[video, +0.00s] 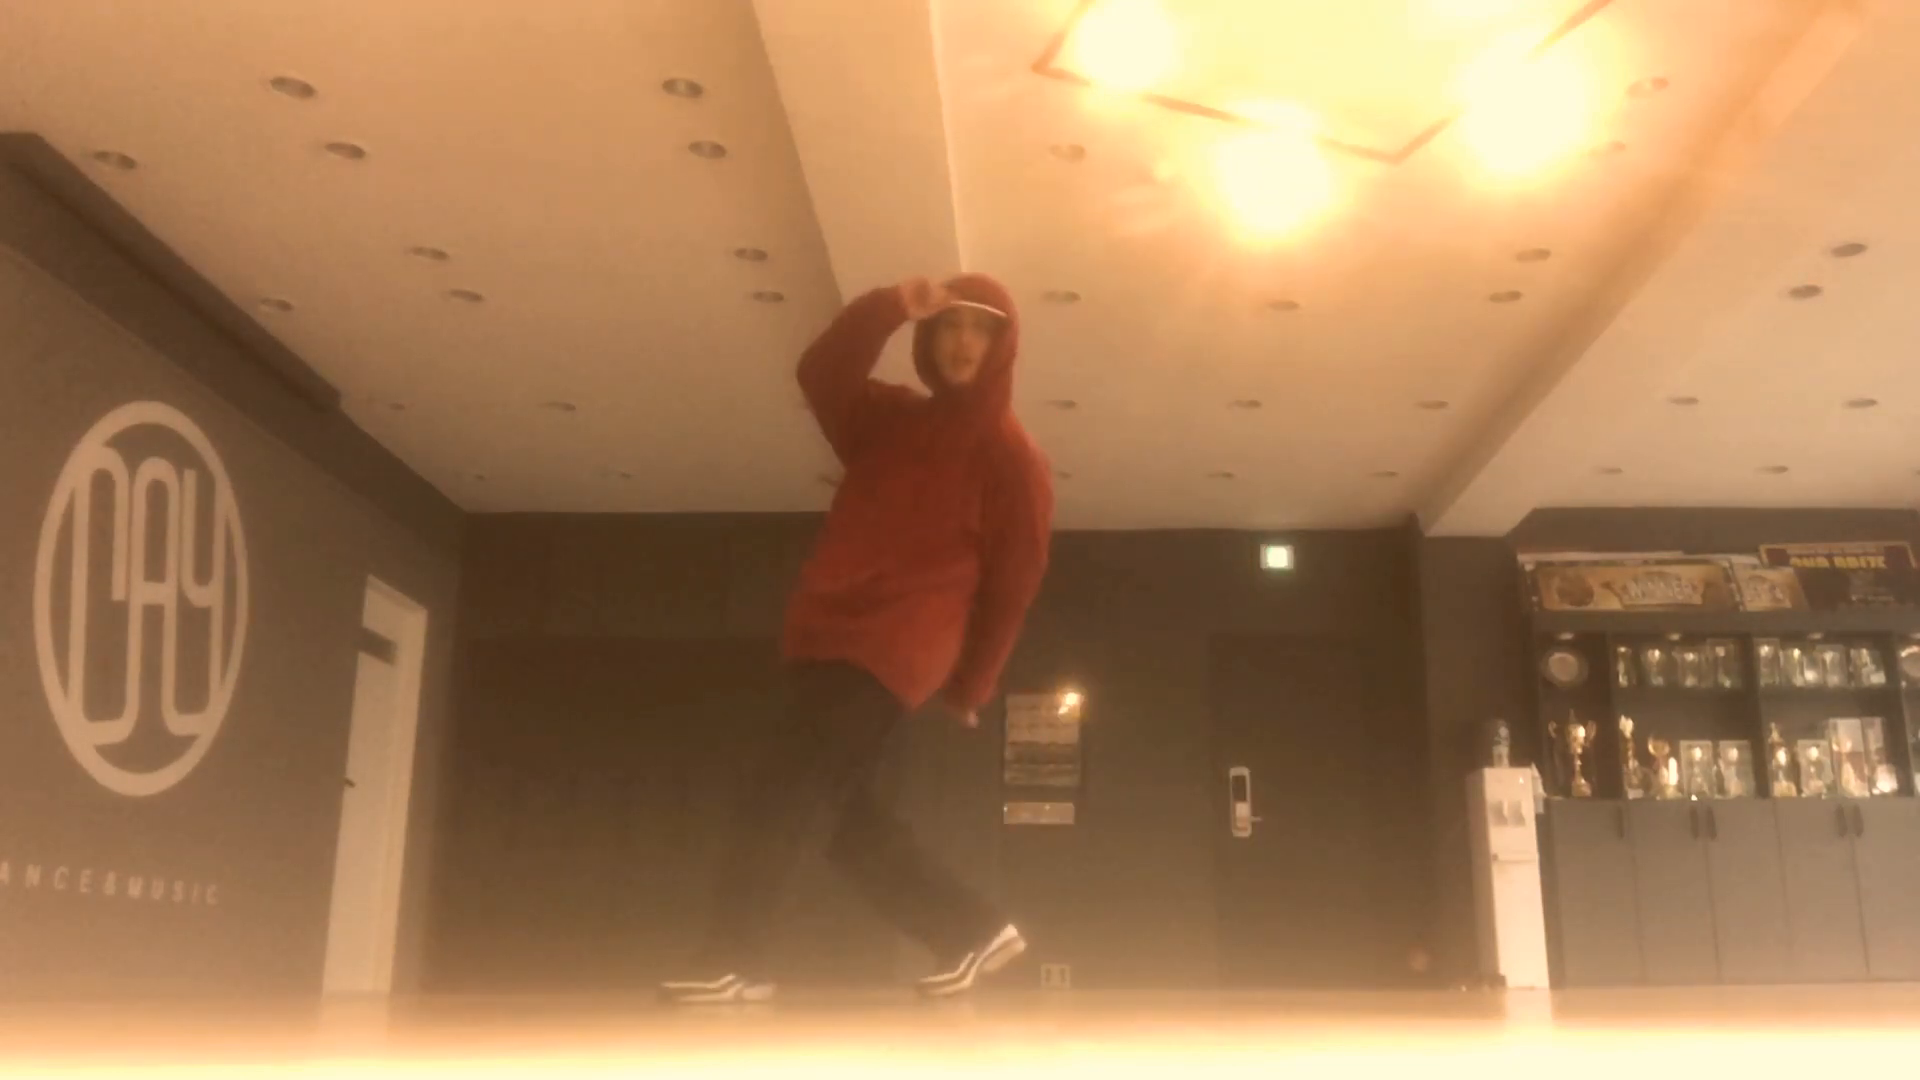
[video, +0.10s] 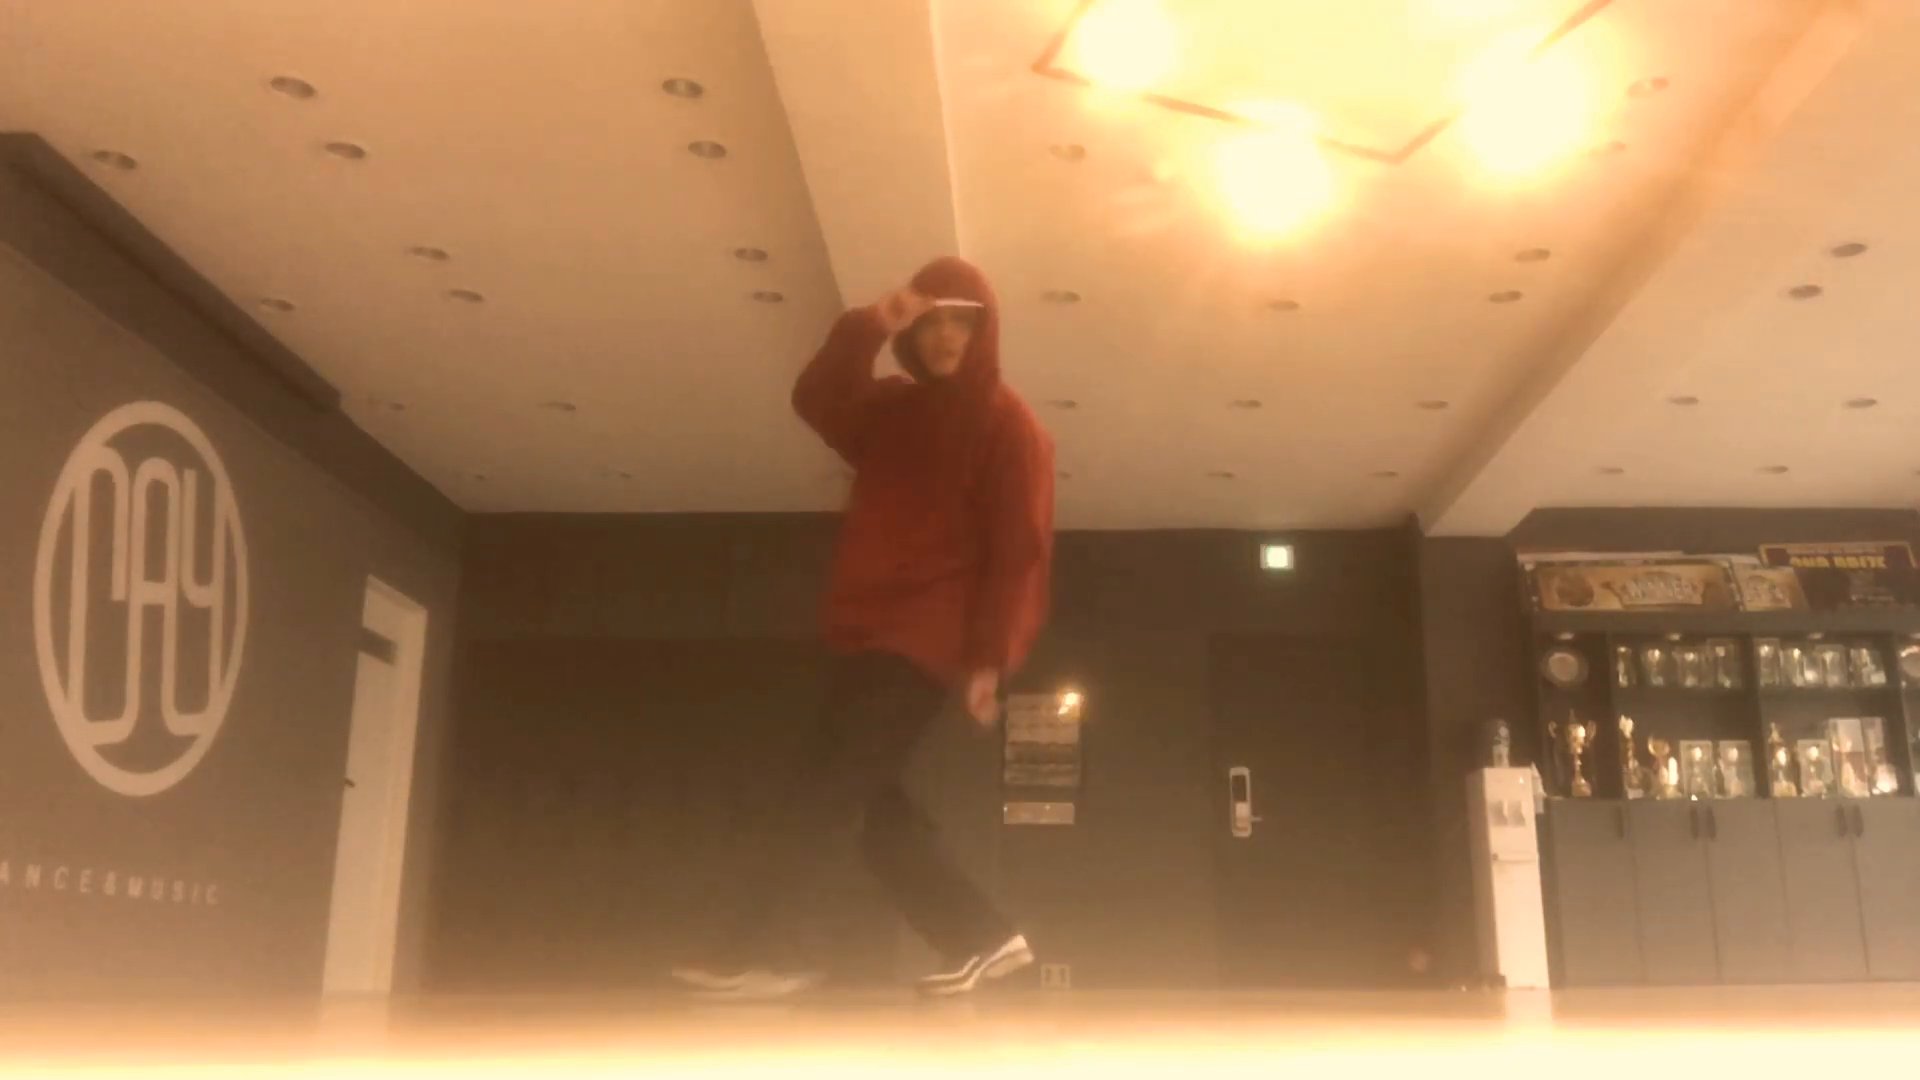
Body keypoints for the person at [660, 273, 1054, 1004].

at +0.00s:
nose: (960, 343)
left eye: (977, 330)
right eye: (948, 327)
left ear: (1001, 347)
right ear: (923, 339)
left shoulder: (1008, 452)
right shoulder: (886, 417)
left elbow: (1014, 579)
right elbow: (821, 372)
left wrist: (975, 681)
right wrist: (889, 306)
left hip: (902, 638)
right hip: (826, 623)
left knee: (791, 781)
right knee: (843, 812)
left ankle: (735, 960)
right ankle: (971, 932)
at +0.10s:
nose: (946, 337)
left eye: (962, 322)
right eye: (932, 321)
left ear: (984, 332)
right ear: (906, 331)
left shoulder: (1006, 424)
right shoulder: (886, 411)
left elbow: (1020, 549)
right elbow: (817, 398)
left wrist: (989, 657)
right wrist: (874, 324)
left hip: (932, 641)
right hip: (861, 633)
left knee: (835, 779)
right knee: (869, 795)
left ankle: (779, 951)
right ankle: (983, 937)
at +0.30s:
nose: (918, 359)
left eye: (932, 342)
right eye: (902, 345)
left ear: (958, 344)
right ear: (882, 351)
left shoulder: (1002, 417)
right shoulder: (884, 427)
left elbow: (1046, 503)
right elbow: (828, 477)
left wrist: (1047, 567)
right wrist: (854, 395)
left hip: (994, 604)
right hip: (911, 615)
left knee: (895, 698)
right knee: (914, 777)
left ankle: (1042, 713)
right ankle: (988, 943)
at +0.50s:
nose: (927, 314)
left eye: (941, 298)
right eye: (909, 302)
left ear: (970, 301)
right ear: (893, 313)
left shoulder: (1013, 377)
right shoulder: (902, 389)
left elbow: (1069, 476)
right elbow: (864, 449)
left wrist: (1093, 579)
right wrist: (903, 371)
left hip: (1023, 594)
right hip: (947, 601)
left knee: (1023, 730)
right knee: (955, 773)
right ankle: (987, 934)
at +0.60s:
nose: (931, 337)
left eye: (944, 319)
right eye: (915, 324)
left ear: (975, 324)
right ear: (899, 338)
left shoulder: (1027, 400)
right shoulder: (914, 416)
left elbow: (1085, 508)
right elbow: (876, 439)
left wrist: (1116, 614)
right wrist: (919, 365)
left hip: (1050, 639)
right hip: (960, 643)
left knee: (1094, 785)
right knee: (966, 806)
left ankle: (1121, 936)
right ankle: (985, 955)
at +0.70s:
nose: (956, 329)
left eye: (970, 312)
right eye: (940, 316)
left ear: (999, 317)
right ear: (925, 329)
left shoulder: (1060, 397)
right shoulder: (937, 405)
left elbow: (1113, 506)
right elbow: (906, 454)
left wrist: (1133, 611)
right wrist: (948, 403)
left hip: (1063, 619)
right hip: (975, 626)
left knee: (1091, 778)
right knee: (968, 789)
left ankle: (1142, 940)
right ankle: (988, 941)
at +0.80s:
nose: (997, 328)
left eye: (1011, 312)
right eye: (981, 315)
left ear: (1040, 316)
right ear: (965, 327)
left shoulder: (1098, 405)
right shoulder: (962, 416)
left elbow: (1143, 512)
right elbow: (932, 473)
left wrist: (1145, 614)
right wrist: (956, 481)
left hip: (1083, 625)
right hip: (991, 623)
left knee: (1095, 775)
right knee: (950, 753)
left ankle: (1138, 932)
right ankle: (975, 886)